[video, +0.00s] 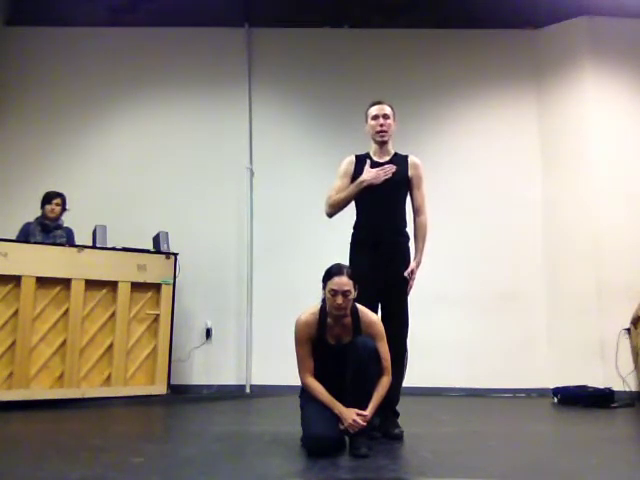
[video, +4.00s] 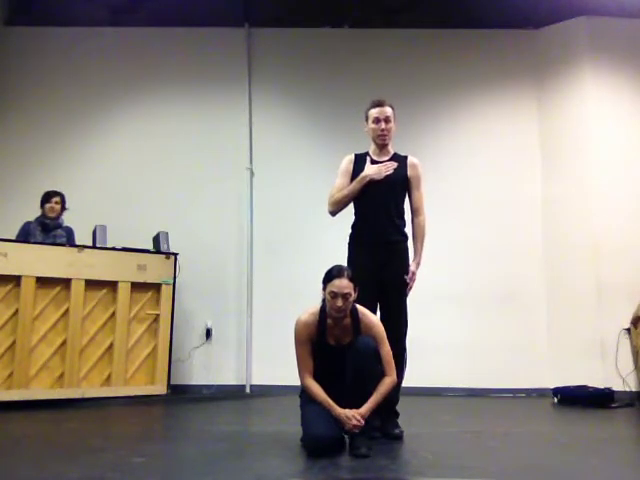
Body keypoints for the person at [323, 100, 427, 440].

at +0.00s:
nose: (381, 122)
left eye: (387, 117)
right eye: (376, 117)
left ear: (395, 124)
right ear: (366, 126)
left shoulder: (411, 166)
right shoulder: (353, 164)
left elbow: (420, 215)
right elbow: (331, 207)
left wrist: (417, 260)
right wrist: (363, 182)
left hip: (396, 258)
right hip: (362, 257)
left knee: (395, 339)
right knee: (359, 337)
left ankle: (388, 415)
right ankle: (359, 416)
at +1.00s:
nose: (380, 123)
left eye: (385, 118)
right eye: (374, 119)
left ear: (393, 125)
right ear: (365, 127)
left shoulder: (409, 166)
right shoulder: (353, 164)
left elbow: (419, 215)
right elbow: (335, 206)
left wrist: (416, 259)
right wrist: (366, 177)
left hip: (395, 257)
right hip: (362, 257)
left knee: (394, 337)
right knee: (359, 336)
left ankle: (388, 415)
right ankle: (358, 416)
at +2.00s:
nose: (381, 125)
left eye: (386, 119)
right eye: (375, 120)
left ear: (394, 125)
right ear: (366, 127)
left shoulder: (409, 166)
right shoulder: (353, 164)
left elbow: (419, 215)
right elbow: (333, 205)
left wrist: (416, 259)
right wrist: (365, 176)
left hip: (394, 257)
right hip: (362, 257)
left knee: (395, 337)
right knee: (359, 336)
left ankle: (388, 415)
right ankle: (358, 416)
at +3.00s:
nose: (381, 121)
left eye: (386, 117)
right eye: (375, 117)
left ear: (394, 124)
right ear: (366, 126)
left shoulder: (409, 165)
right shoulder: (352, 162)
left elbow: (419, 214)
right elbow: (332, 203)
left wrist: (415, 259)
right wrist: (365, 175)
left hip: (394, 257)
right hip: (361, 256)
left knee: (394, 337)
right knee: (358, 336)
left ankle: (388, 415)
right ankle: (359, 416)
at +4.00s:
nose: (383, 126)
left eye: (387, 120)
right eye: (377, 121)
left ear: (395, 125)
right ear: (366, 126)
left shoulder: (410, 166)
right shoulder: (353, 163)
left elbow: (418, 215)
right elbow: (333, 206)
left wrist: (416, 260)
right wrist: (365, 177)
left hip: (394, 257)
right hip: (361, 256)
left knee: (394, 337)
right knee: (358, 336)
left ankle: (388, 415)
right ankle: (359, 416)